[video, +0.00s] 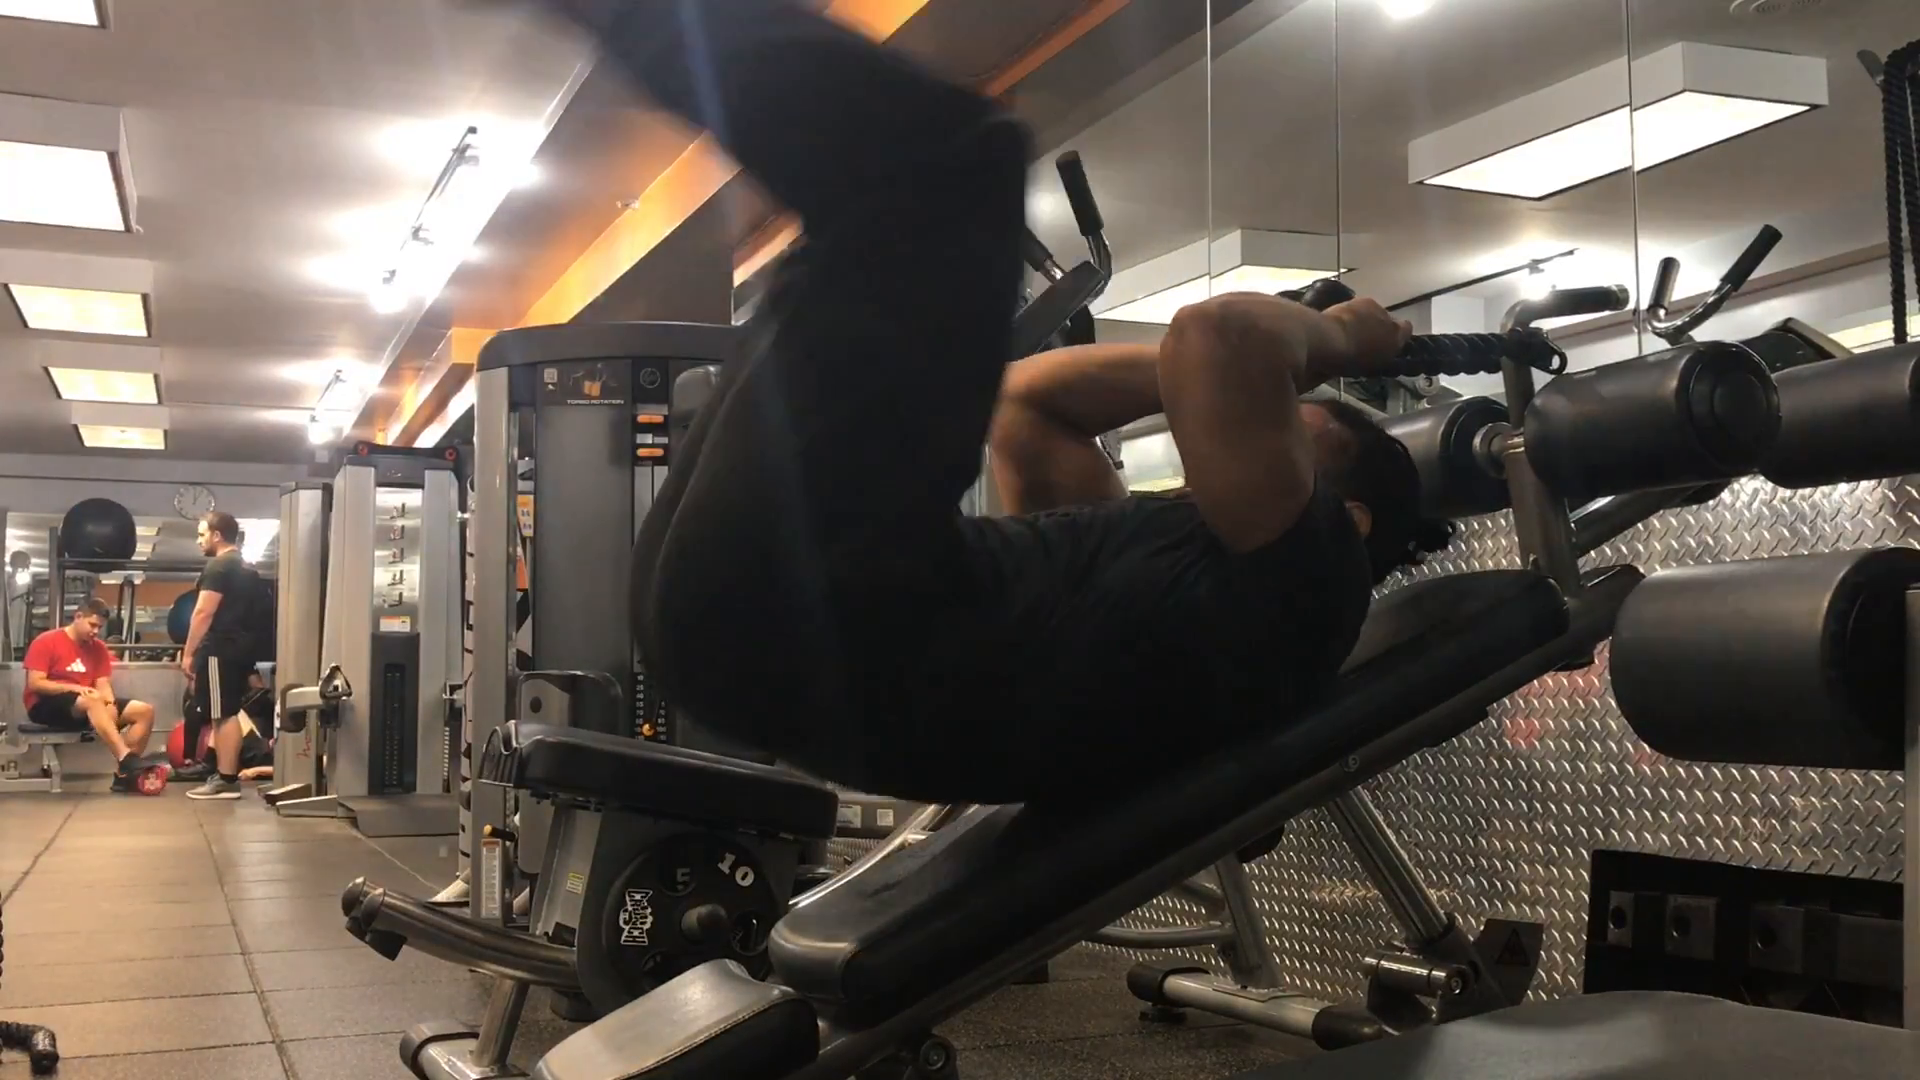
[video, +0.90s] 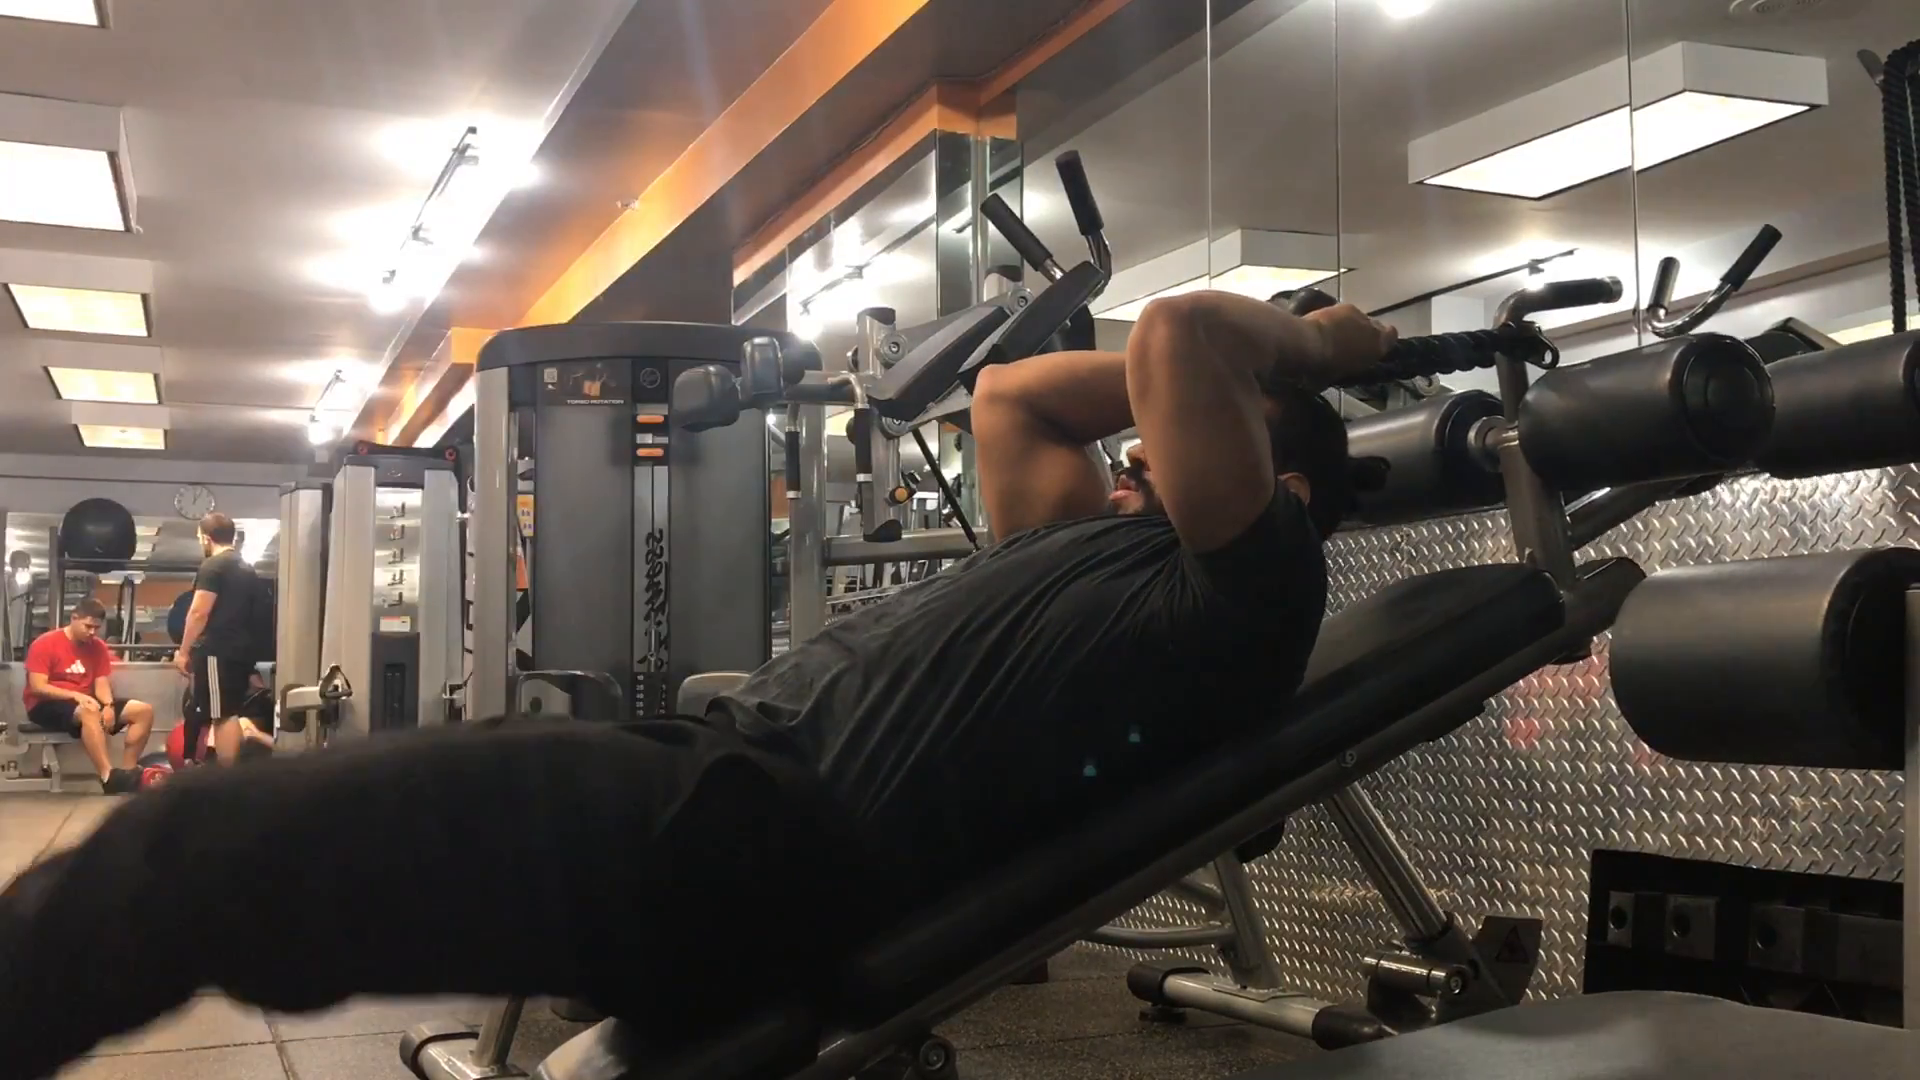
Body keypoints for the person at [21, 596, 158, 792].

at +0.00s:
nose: (95, 632)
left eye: (99, 628)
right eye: (92, 625)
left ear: (102, 627)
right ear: (77, 616)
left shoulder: (98, 648)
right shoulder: (46, 641)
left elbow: (103, 684)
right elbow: (35, 683)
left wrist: (110, 704)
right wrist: (76, 689)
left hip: (84, 706)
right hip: (46, 705)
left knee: (144, 712)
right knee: (94, 701)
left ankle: (123, 776)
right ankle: (125, 757)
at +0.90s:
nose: (92, 632)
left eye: (96, 628)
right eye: (88, 627)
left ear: (100, 626)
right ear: (74, 617)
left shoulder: (98, 646)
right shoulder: (45, 644)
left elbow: (101, 684)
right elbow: (38, 687)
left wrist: (108, 706)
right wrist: (77, 696)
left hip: (85, 703)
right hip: (47, 706)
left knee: (143, 711)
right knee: (90, 712)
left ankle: (129, 773)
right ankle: (107, 777)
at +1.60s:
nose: (90, 629)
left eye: (94, 624)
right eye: (86, 622)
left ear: (98, 623)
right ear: (71, 616)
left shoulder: (97, 646)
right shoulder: (44, 643)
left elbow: (100, 682)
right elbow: (37, 684)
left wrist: (108, 705)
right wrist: (77, 694)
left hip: (83, 702)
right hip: (46, 704)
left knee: (143, 711)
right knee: (92, 712)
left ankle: (129, 773)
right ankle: (107, 777)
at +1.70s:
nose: (90, 629)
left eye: (94, 624)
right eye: (86, 622)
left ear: (98, 623)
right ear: (71, 616)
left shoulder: (97, 646)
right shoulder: (44, 643)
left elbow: (100, 682)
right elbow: (39, 684)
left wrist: (107, 705)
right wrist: (79, 693)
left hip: (83, 702)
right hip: (46, 704)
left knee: (143, 711)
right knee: (92, 711)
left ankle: (129, 773)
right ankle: (108, 777)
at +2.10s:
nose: (87, 626)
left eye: (91, 622)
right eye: (83, 620)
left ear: (94, 622)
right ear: (68, 614)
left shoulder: (93, 646)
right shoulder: (41, 641)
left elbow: (99, 681)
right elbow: (39, 683)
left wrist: (107, 704)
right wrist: (79, 692)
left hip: (82, 701)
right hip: (45, 703)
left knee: (143, 711)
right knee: (94, 711)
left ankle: (129, 773)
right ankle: (107, 777)